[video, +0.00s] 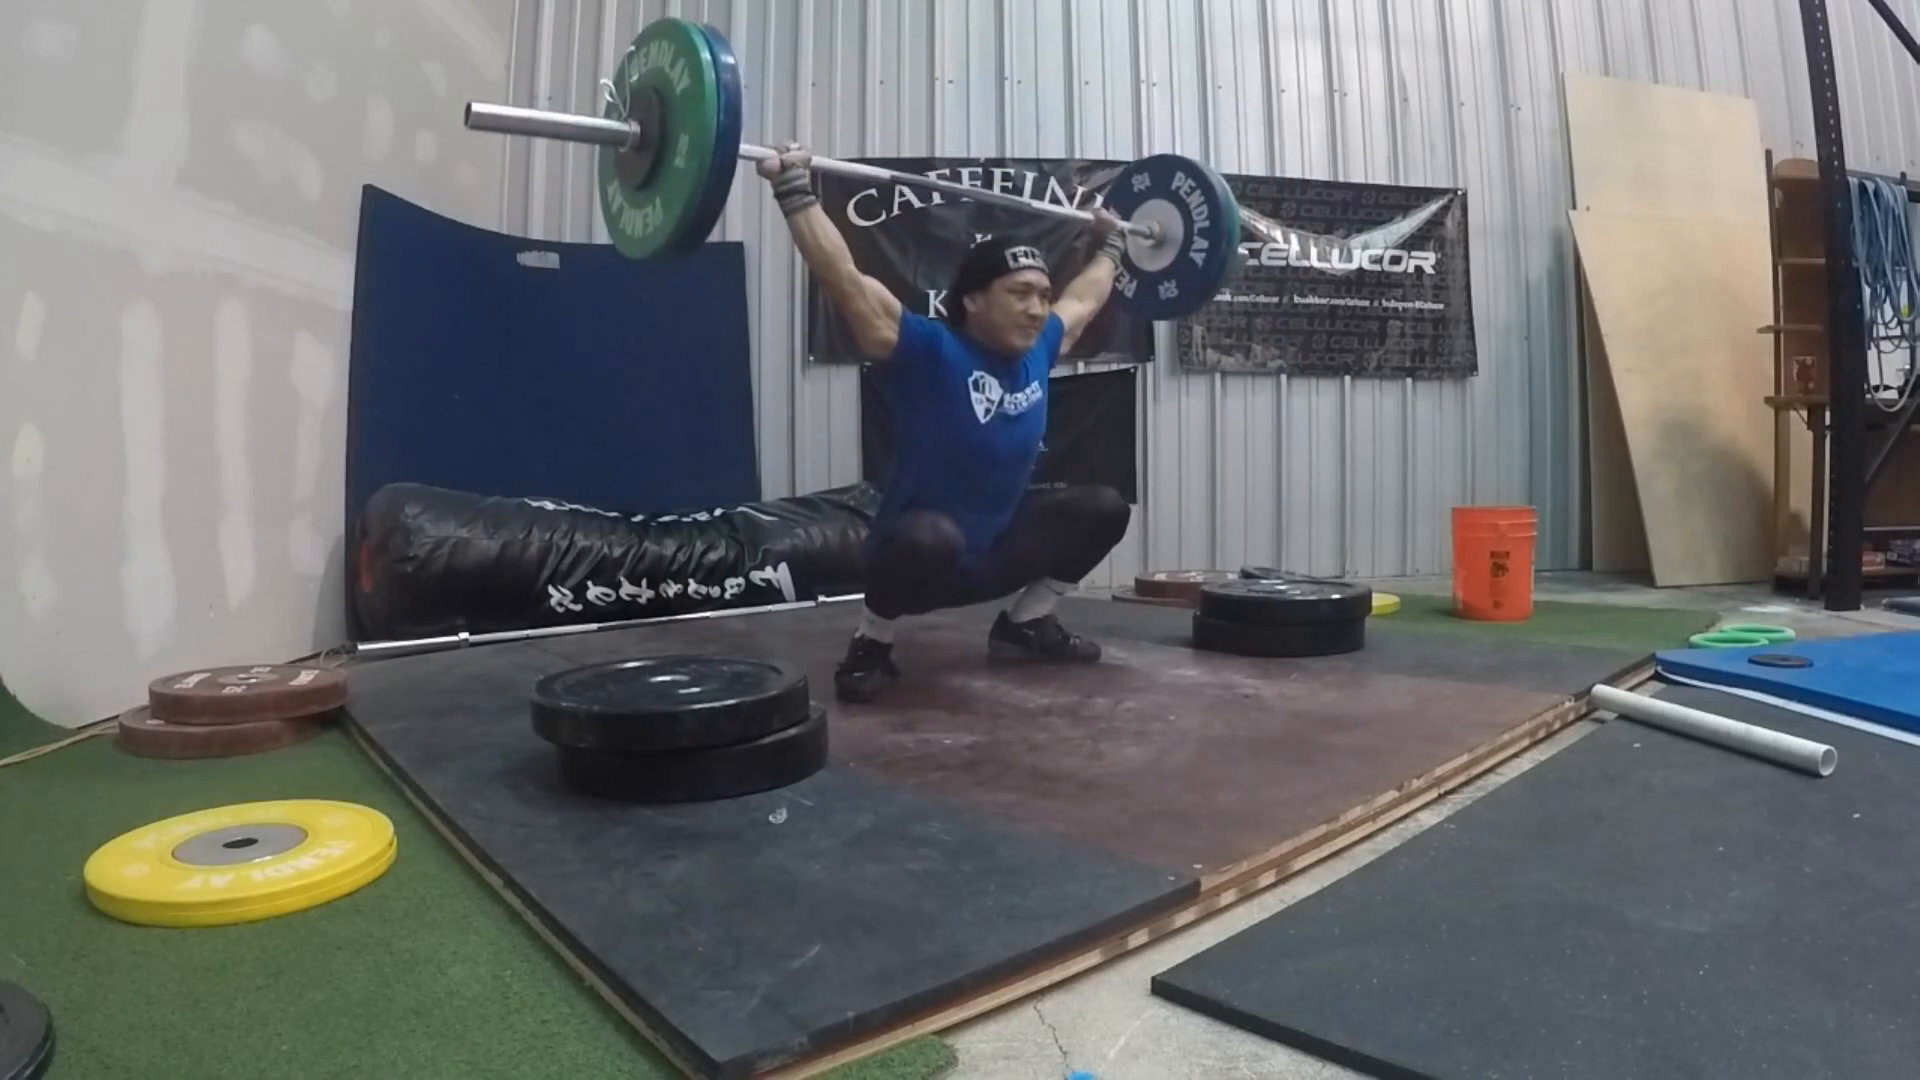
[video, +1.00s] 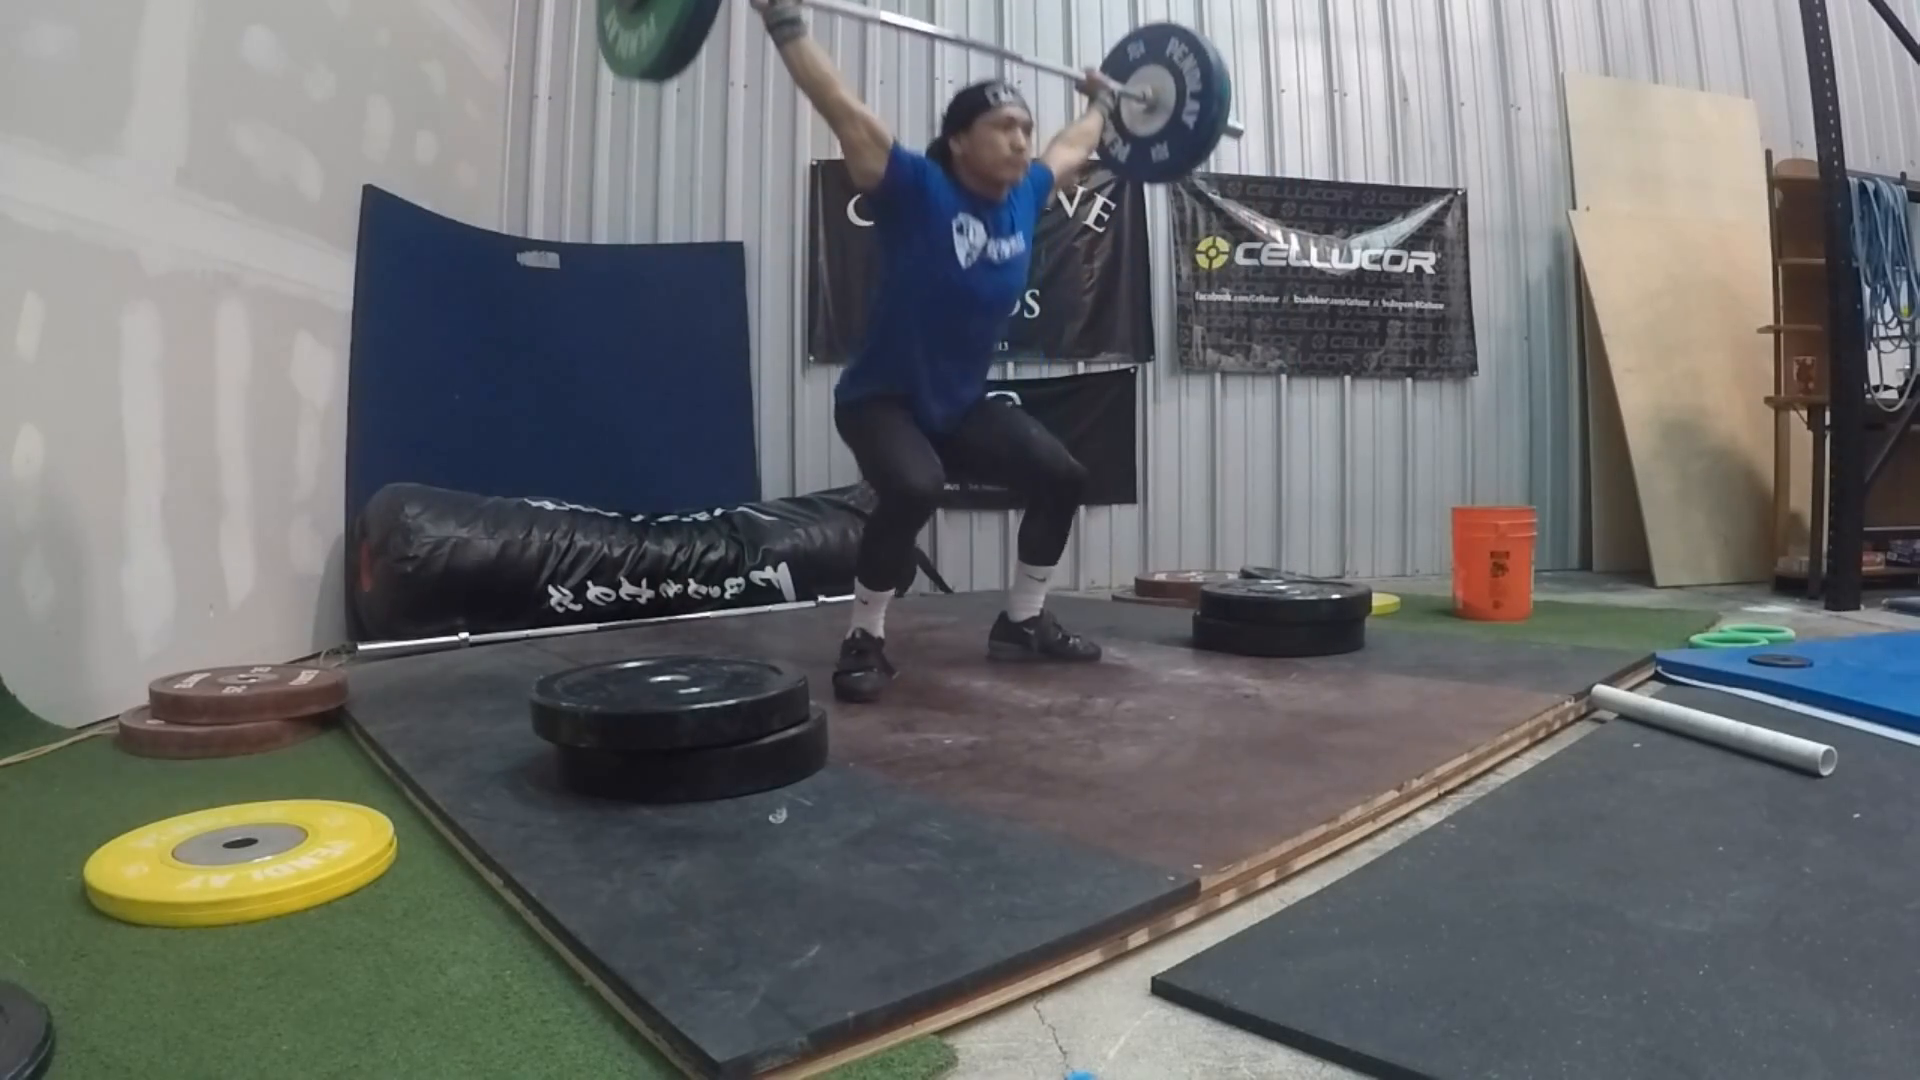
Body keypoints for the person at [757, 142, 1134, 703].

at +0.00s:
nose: (1037, 309)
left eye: (1042, 295)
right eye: (1020, 293)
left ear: (1048, 304)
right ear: (972, 303)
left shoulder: (1037, 348)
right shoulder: (923, 349)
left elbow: (1083, 300)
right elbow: (846, 282)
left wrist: (1111, 246)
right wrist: (795, 191)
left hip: (998, 548)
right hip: (919, 555)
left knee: (1104, 509)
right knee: (930, 535)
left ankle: (1025, 619)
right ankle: (871, 642)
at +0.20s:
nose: (1039, 297)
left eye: (1043, 284)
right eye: (1022, 282)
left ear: (1050, 296)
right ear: (975, 297)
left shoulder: (1039, 341)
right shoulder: (927, 344)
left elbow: (1081, 287)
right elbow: (851, 271)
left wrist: (1108, 236)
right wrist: (792, 180)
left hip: (1002, 542)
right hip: (922, 547)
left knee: (1108, 513)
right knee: (932, 542)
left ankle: (1026, 619)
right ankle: (871, 641)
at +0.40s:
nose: (1045, 288)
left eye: (1048, 276)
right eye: (1029, 274)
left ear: (1053, 287)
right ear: (980, 288)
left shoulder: (1040, 332)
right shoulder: (927, 333)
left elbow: (1078, 278)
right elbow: (855, 256)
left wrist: (1107, 226)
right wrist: (792, 167)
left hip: (1001, 527)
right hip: (917, 528)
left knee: (1105, 510)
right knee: (938, 537)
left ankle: (1026, 619)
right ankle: (872, 642)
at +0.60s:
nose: (1041, 245)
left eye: (1044, 233)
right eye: (1024, 232)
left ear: (1048, 244)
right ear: (978, 247)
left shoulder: (1038, 290)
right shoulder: (926, 286)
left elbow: (1079, 234)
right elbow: (854, 214)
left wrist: (1106, 184)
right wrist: (792, 123)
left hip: (981, 482)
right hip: (896, 481)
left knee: (1085, 494)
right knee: (932, 513)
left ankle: (1023, 620)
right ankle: (869, 639)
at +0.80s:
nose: (1033, 193)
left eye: (1035, 182)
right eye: (1015, 181)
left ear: (1039, 194)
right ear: (971, 193)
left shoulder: (1034, 243)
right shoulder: (921, 238)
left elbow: (1076, 191)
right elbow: (849, 167)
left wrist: (1105, 146)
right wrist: (789, 74)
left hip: (968, 441)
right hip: (884, 437)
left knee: (1075, 487)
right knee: (925, 498)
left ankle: (1023, 620)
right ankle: (868, 638)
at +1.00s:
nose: (1021, 142)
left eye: (1026, 131)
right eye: (1003, 127)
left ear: (1026, 147)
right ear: (957, 143)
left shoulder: (1025, 193)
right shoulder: (913, 185)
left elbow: (1075, 147)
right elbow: (843, 113)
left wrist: (1105, 103)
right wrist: (784, 23)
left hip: (962, 401)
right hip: (879, 396)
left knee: (1061, 477)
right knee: (916, 486)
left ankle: (1021, 621)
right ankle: (864, 639)